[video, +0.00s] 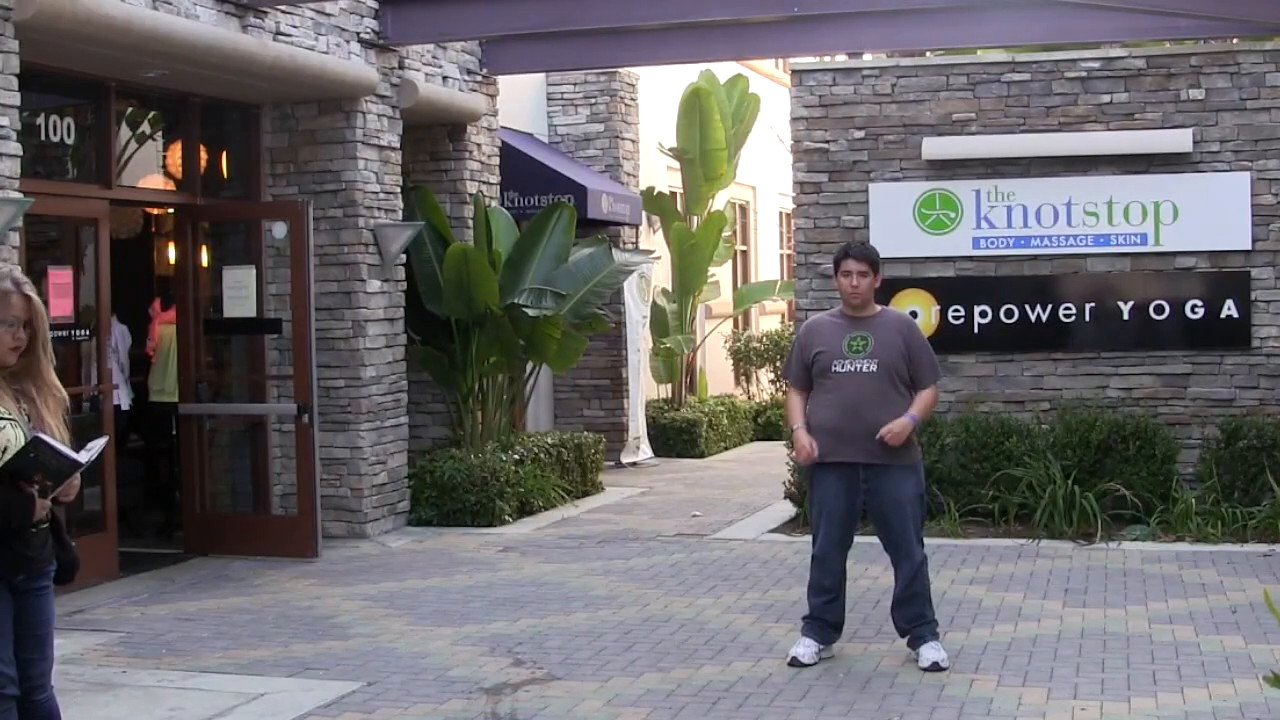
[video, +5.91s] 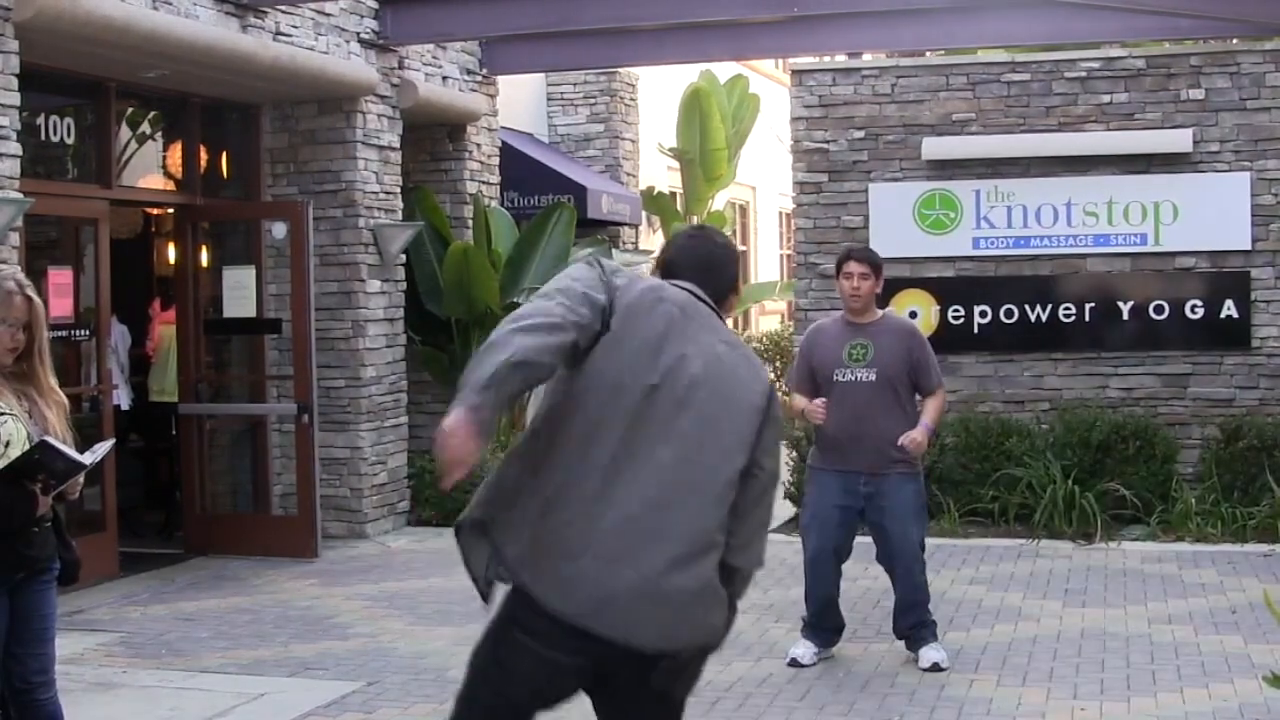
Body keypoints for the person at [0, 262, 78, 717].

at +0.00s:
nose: (17, 335)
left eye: (24, 325)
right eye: (7, 324)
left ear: (34, 329)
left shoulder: (43, 393)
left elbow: (61, 471)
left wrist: (67, 488)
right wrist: (29, 505)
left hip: (36, 561)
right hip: (2, 561)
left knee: (37, 689)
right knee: (6, 690)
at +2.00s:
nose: (22, 341)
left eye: (29, 330)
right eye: (12, 329)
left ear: (38, 333)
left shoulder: (47, 396)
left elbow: (67, 479)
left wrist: (66, 490)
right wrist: (23, 508)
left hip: (37, 556)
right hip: (2, 557)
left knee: (35, 682)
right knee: (14, 686)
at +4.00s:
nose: (10, 337)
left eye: (18, 326)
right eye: (2, 325)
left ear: (30, 331)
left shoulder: (42, 393)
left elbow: (64, 472)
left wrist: (71, 483)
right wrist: (15, 503)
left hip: (35, 565)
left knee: (46, 699)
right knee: (16, 699)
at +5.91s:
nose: (12, 337)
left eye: (21, 326)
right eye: (4, 324)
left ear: (32, 330)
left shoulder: (43, 394)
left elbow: (62, 471)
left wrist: (69, 486)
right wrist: (27, 502)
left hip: (36, 562)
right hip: (3, 562)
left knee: (36, 691)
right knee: (12, 692)